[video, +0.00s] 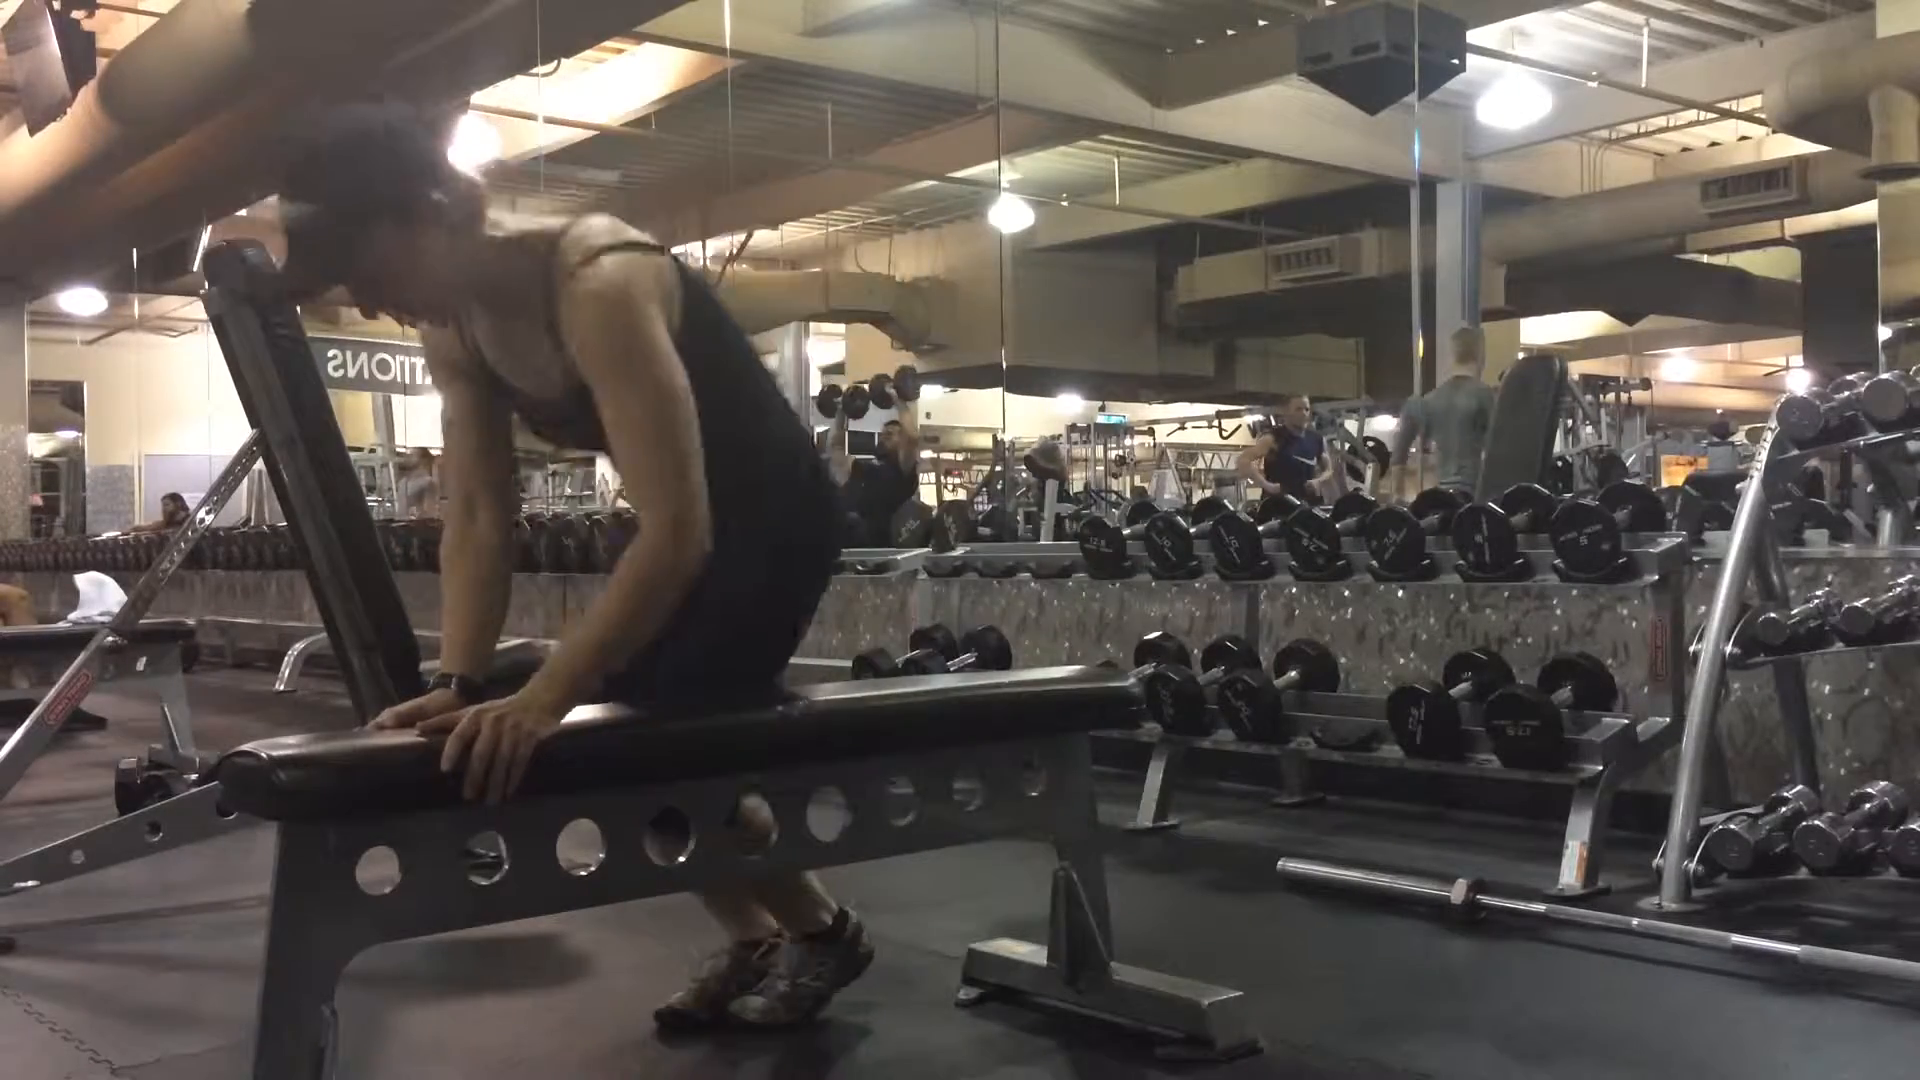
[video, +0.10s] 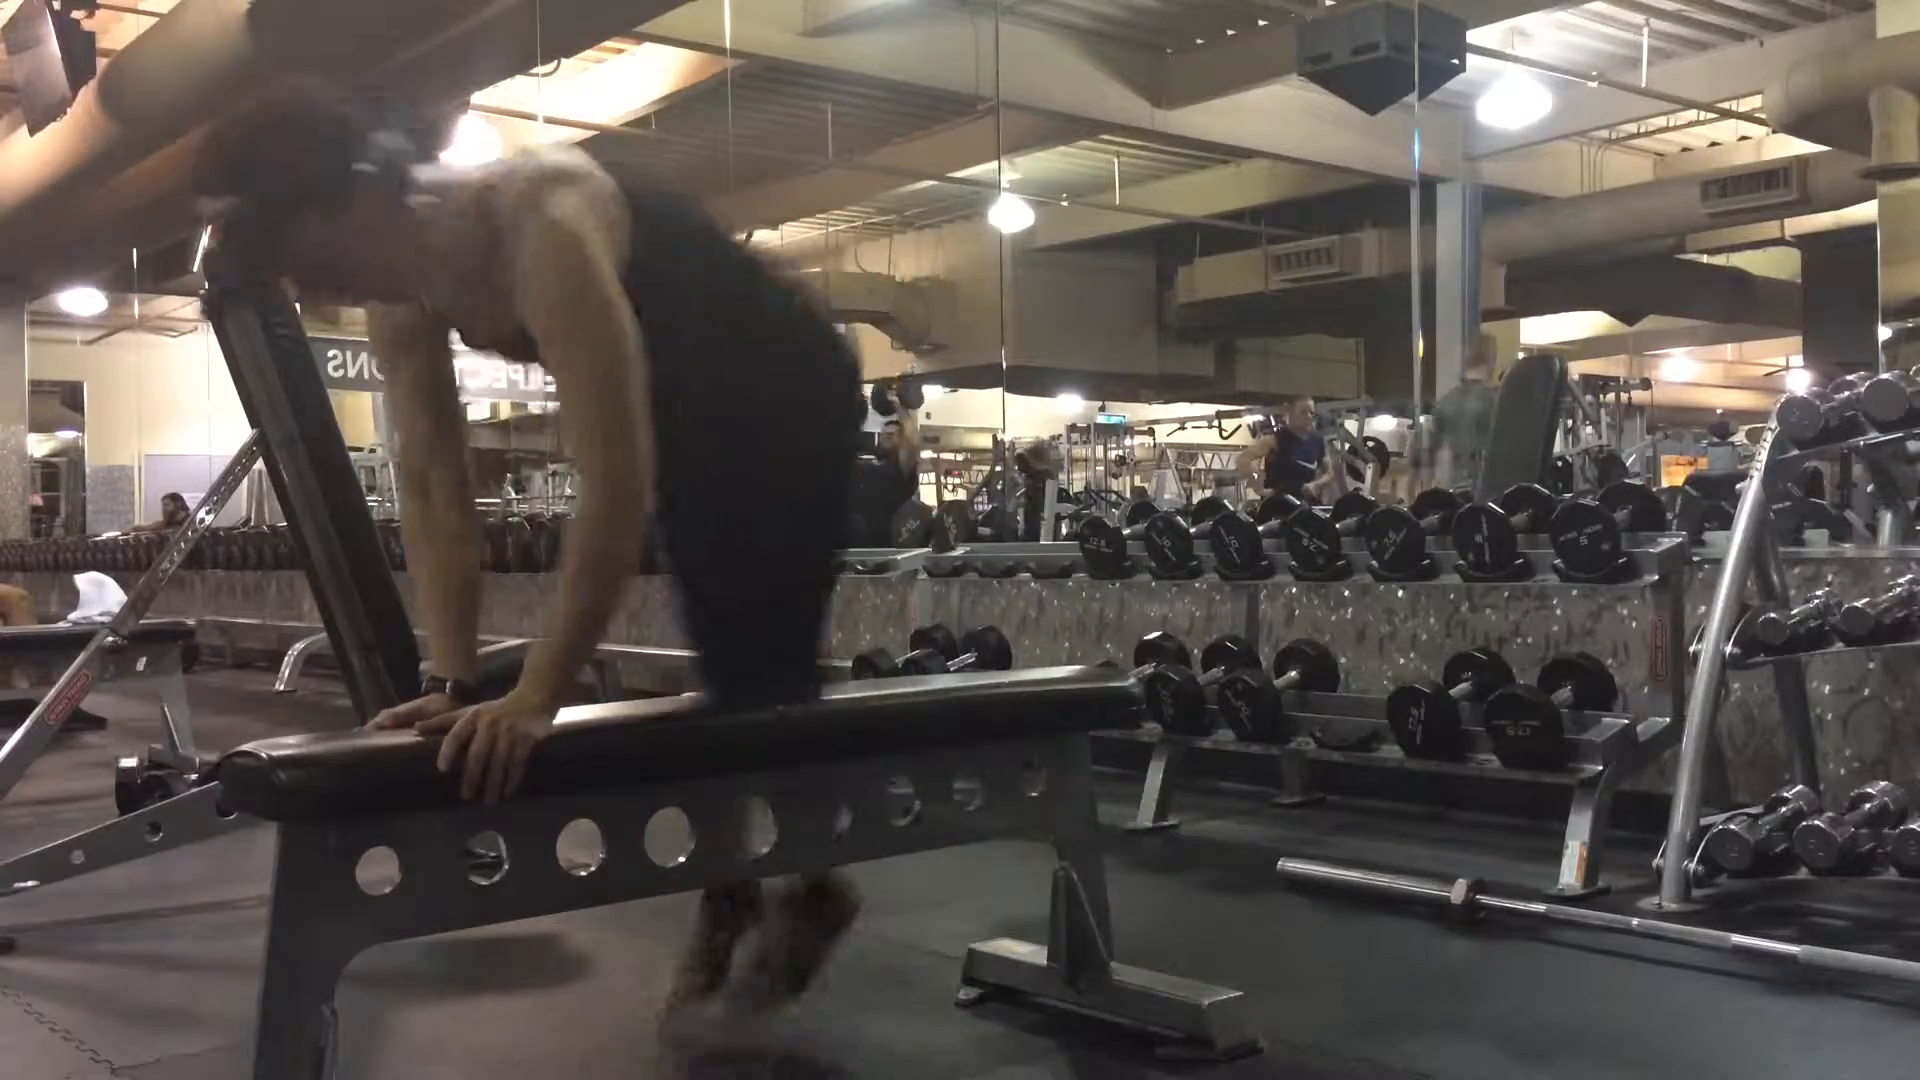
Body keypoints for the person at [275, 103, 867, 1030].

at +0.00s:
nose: (370, 308)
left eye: (370, 273)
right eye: (353, 288)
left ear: (440, 213)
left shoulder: (605, 285)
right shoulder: (457, 322)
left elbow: (677, 531)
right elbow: (476, 506)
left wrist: (540, 701)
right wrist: (457, 681)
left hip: (774, 522)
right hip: (680, 525)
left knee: (673, 738)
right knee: (627, 744)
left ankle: (821, 930)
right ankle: (756, 940)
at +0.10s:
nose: (318, 294)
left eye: (314, 259)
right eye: (298, 277)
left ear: (370, 193)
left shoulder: (548, 224)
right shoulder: (403, 298)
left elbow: (618, 483)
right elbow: (430, 485)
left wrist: (534, 696)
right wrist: (451, 683)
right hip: (686, 423)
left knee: (767, 670)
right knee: (727, 670)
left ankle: (811, 883)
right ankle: (732, 887)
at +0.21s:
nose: (303, 313)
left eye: (285, 283)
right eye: (278, 302)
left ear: (328, 199)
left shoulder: (520, 205)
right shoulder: (408, 284)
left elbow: (575, 472)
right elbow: (438, 487)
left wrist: (531, 695)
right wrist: (450, 684)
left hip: (807, 244)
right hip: (701, 282)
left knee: (762, 542)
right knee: (711, 551)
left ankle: (900, 588)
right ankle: (880, 579)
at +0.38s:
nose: (318, 321)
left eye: (299, 296)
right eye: (293, 312)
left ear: (341, 210)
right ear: (330, 219)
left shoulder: (517, 208)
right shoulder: (422, 268)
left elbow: (578, 475)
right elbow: (453, 479)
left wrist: (529, 699)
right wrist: (449, 677)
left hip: (846, 230)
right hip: (749, 275)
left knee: (791, 508)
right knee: (710, 523)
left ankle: (999, 419)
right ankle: (952, 426)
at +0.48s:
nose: (312, 313)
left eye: (292, 287)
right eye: (287, 302)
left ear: (333, 203)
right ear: (318, 220)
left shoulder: (513, 204)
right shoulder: (423, 260)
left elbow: (566, 475)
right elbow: (458, 471)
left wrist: (530, 691)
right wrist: (453, 674)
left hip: (872, 240)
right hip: (788, 288)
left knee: (853, 549)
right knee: (790, 571)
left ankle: (1126, 686)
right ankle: (1067, 658)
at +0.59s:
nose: (321, 294)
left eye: (303, 264)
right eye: (297, 281)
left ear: (348, 179)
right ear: (331, 212)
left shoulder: (520, 212)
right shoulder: (453, 284)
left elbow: (580, 488)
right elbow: (478, 487)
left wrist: (529, 697)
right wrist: (454, 677)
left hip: (903, 347)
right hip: (830, 390)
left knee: (970, 690)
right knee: (918, 712)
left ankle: (1151, 961)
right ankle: (1108, 951)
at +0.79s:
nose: (312, 312)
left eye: (296, 283)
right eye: (288, 301)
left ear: (340, 201)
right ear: (311, 239)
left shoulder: (496, 226)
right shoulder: (425, 289)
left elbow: (571, 493)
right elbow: (462, 490)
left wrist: (530, 694)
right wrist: (453, 681)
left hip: (901, 339)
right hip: (839, 373)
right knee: (989, 675)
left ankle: (1157, 956)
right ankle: (1090, 936)